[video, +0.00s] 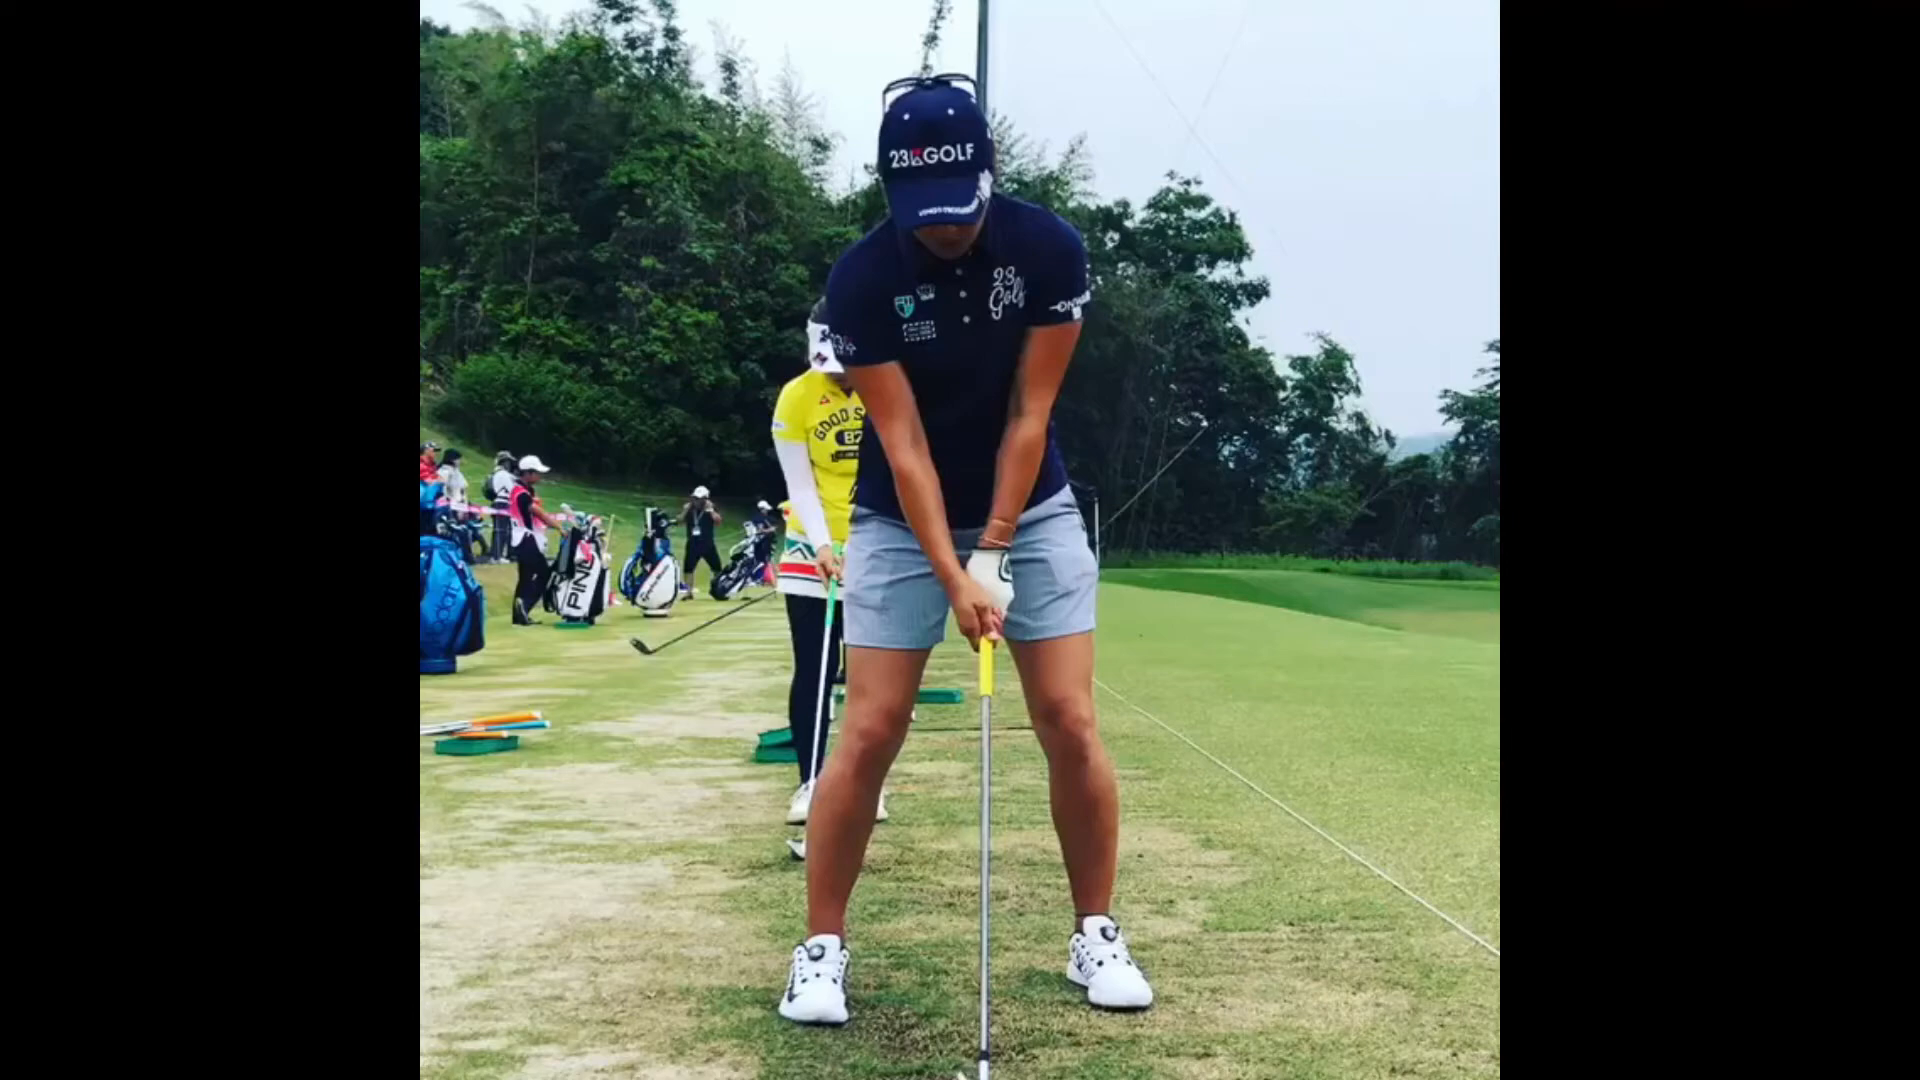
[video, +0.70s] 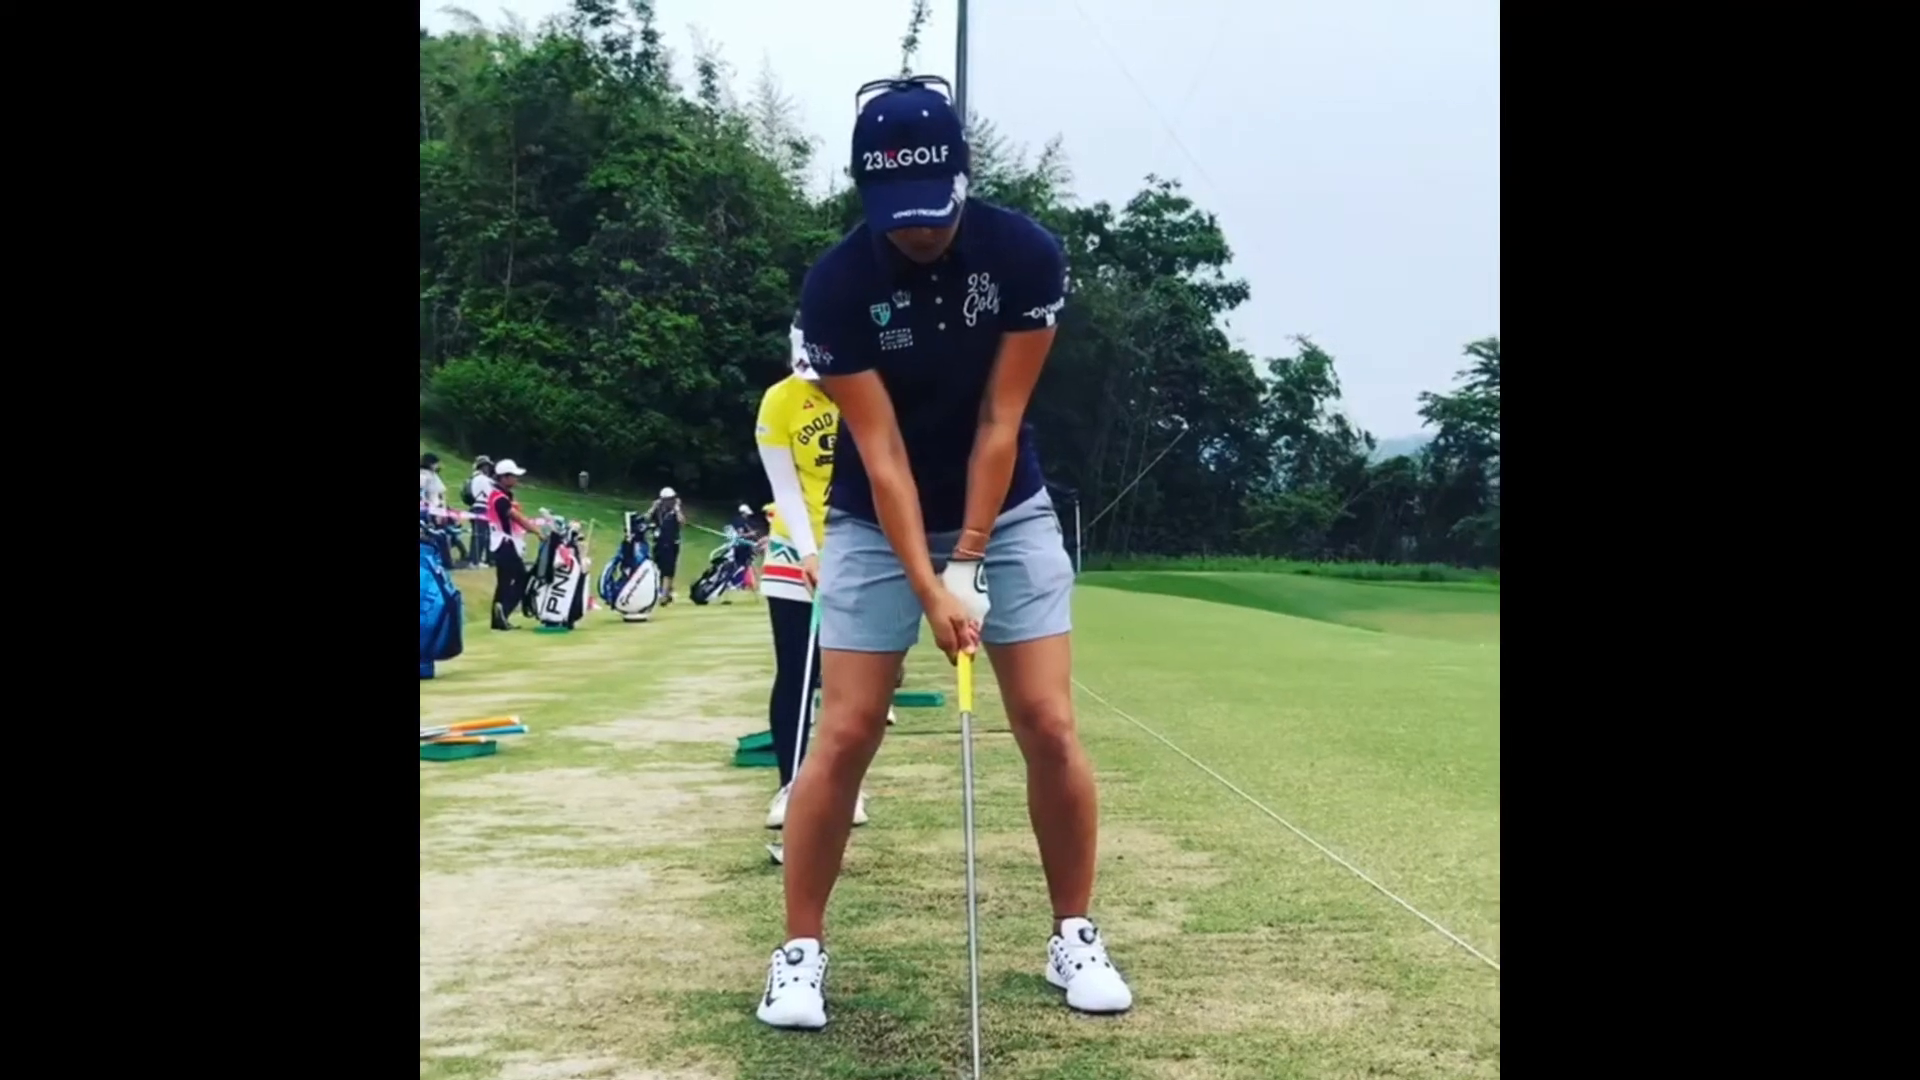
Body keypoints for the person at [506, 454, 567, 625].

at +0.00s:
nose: (539, 478)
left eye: (539, 474)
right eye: (537, 474)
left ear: (527, 474)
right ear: (528, 474)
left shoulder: (519, 491)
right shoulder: (522, 494)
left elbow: (537, 512)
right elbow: (540, 514)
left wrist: (556, 520)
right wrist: (559, 528)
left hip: (521, 535)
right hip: (526, 537)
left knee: (526, 575)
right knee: (544, 571)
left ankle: (519, 612)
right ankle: (525, 604)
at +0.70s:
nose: (516, 480)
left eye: (516, 477)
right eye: (513, 477)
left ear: (505, 478)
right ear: (503, 478)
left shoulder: (500, 495)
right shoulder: (500, 499)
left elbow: (517, 516)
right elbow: (518, 518)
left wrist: (536, 523)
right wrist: (538, 532)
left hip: (503, 541)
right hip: (504, 542)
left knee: (504, 579)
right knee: (521, 577)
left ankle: (498, 618)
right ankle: (504, 609)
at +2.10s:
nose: (538, 485)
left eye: (538, 481)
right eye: (535, 481)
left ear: (528, 483)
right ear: (526, 483)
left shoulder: (522, 499)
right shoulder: (522, 503)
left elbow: (538, 522)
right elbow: (539, 523)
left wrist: (556, 528)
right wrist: (557, 533)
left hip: (524, 544)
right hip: (526, 546)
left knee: (525, 584)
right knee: (543, 581)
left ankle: (519, 622)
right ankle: (525, 613)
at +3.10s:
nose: (526, 497)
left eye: (526, 493)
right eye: (523, 494)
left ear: (512, 495)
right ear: (515, 495)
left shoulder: (507, 512)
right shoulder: (509, 516)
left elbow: (523, 534)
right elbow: (525, 537)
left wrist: (540, 542)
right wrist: (544, 548)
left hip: (508, 557)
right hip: (511, 559)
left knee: (510, 597)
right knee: (528, 594)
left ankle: (504, 635)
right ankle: (510, 626)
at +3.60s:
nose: (503, 501)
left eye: (503, 498)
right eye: (501, 498)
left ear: (487, 498)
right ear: (494, 499)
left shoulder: (482, 516)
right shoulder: (486, 520)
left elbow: (500, 539)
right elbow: (502, 541)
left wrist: (517, 549)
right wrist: (521, 552)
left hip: (483, 560)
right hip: (488, 563)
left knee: (486, 601)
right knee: (504, 599)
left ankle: (479, 639)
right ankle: (485, 631)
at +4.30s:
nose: (495, 508)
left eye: (495, 505)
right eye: (493, 505)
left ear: (479, 506)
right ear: (486, 507)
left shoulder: (472, 523)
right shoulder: (479, 527)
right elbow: (495, 549)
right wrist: (515, 564)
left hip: (475, 568)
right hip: (483, 571)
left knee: (479, 608)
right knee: (497, 606)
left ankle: (472, 644)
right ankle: (478, 638)